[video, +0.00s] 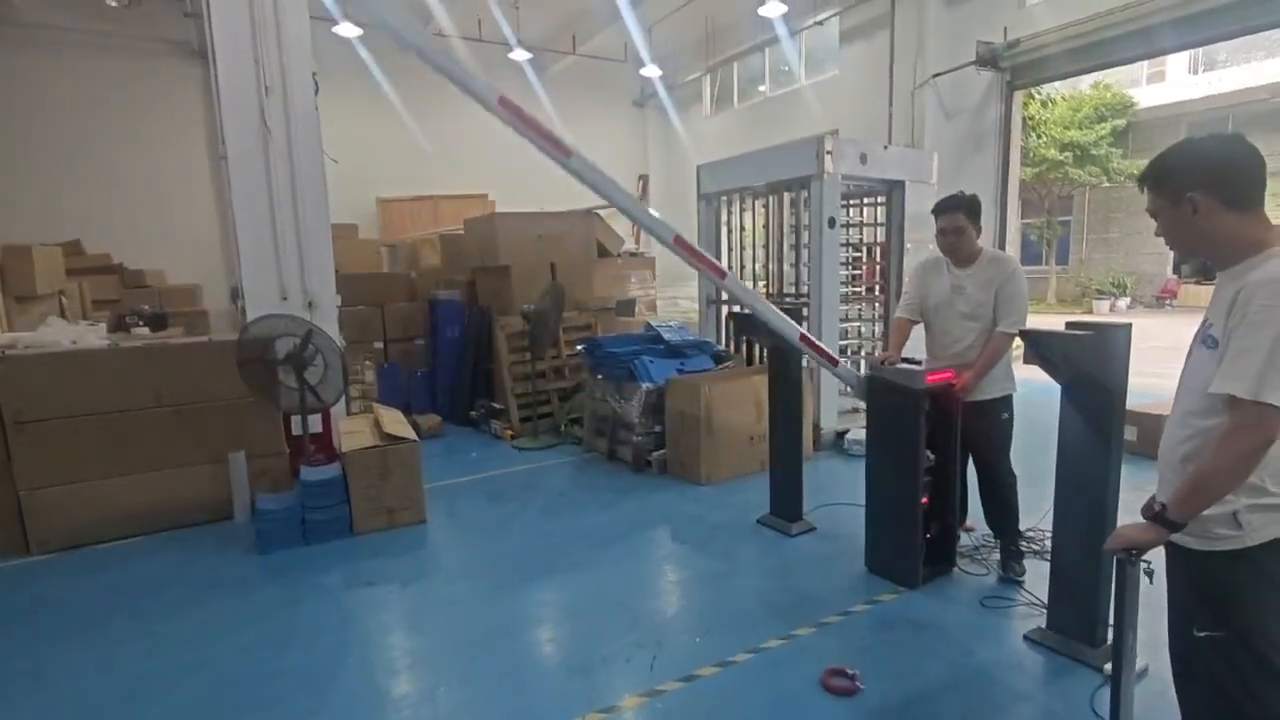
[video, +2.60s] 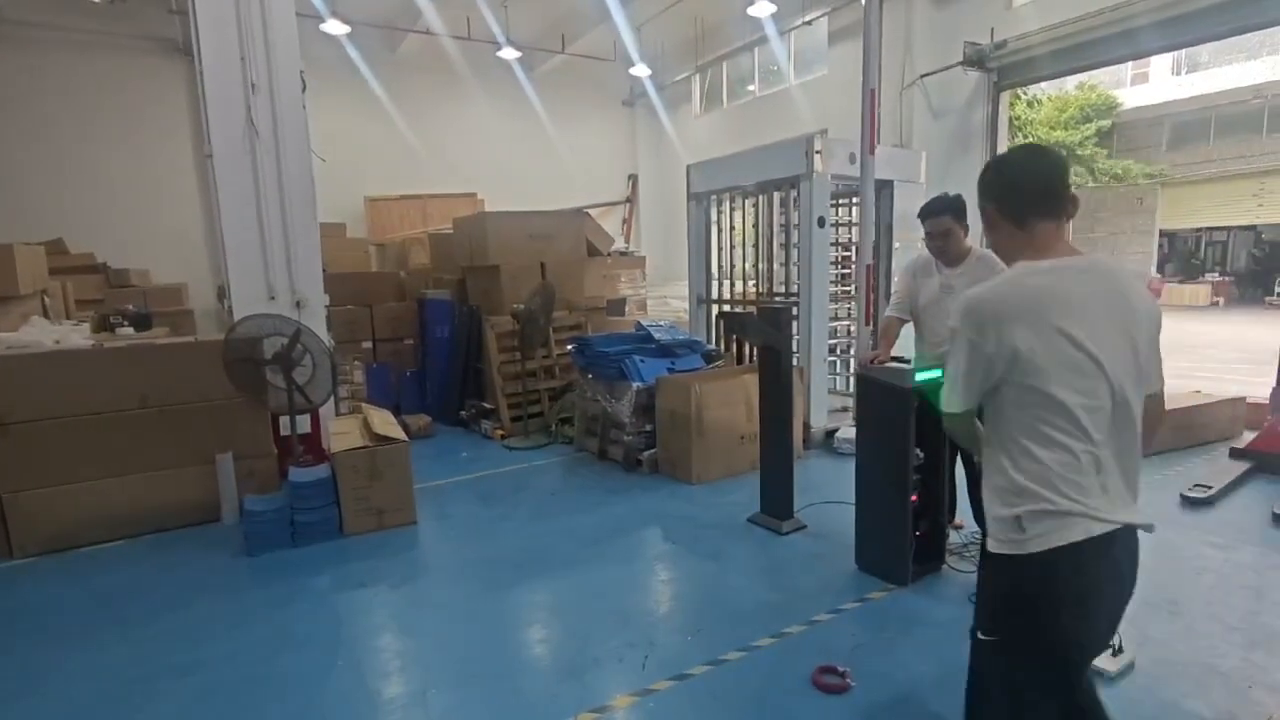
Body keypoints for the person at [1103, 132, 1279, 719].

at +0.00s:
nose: (1157, 232)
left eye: (1158, 216)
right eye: (1153, 218)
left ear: (1197, 205)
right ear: (1202, 204)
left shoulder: (1264, 286)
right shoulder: (1242, 281)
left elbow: (1257, 423)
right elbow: (1231, 413)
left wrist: (1164, 520)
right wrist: (1168, 503)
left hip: (1236, 551)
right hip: (1210, 545)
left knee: (1235, 704)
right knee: (1211, 700)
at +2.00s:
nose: (1124, 246)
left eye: (1120, 227)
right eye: (1117, 231)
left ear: (1153, 208)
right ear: (1161, 208)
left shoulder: (1225, 285)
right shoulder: (1225, 275)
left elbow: (1199, 419)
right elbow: (1220, 423)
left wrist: (1108, 481)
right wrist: (1154, 488)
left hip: (1215, 551)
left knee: (1185, 702)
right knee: (1184, 697)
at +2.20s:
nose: (1093, 236)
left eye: (1093, 220)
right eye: (1090, 222)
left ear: (1122, 213)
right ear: (1172, 205)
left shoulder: (1181, 292)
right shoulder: (1224, 277)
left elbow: (1145, 420)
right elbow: (1209, 423)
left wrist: (1067, 466)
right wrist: (1124, 483)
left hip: (1179, 552)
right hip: (1217, 542)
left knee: (1140, 701)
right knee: (1191, 701)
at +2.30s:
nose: (1070, 237)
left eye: (1071, 220)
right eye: (1067, 222)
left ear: (1099, 213)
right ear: (1147, 209)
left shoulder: (1145, 297)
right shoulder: (1201, 282)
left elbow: (1098, 431)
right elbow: (1230, 419)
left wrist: (1045, 462)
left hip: (1152, 552)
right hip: (1199, 541)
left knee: (1105, 693)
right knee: (1180, 693)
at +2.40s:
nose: (1042, 241)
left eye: (1043, 223)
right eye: (1040, 224)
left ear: (1070, 218)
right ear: (1122, 213)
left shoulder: (1097, 306)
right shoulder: (1173, 289)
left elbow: (1045, 434)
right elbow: (1155, 409)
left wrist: (1018, 464)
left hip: (1112, 554)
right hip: (1174, 540)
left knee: (1082, 699)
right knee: (1162, 691)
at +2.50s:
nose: (1012, 237)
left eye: (1011, 220)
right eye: (1010, 221)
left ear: (1030, 216)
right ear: (1093, 207)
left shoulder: (1042, 306)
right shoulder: (1153, 293)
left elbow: (992, 432)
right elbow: (1145, 411)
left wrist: (1001, 459)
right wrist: (1036, 448)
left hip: (1067, 569)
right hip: (1148, 556)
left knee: (1024, 703)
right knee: (1111, 674)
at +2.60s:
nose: (979, 235)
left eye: (977, 221)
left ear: (991, 218)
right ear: (1072, 206)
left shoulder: (988, 304)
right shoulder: (1131, 291)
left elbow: (956, 417)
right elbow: (1148, 423)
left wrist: (1000, 452)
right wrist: (1095, 461)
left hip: (1032, 560)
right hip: (1114, 551)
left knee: (1004, 705)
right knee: (1066, 689)